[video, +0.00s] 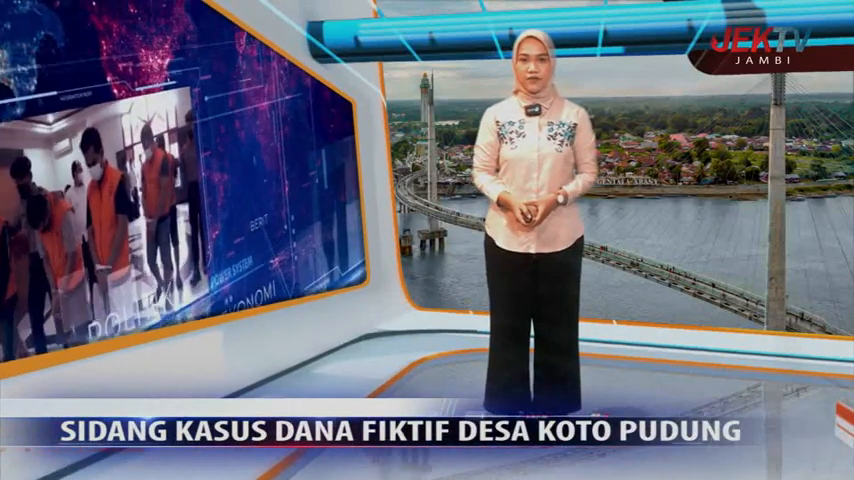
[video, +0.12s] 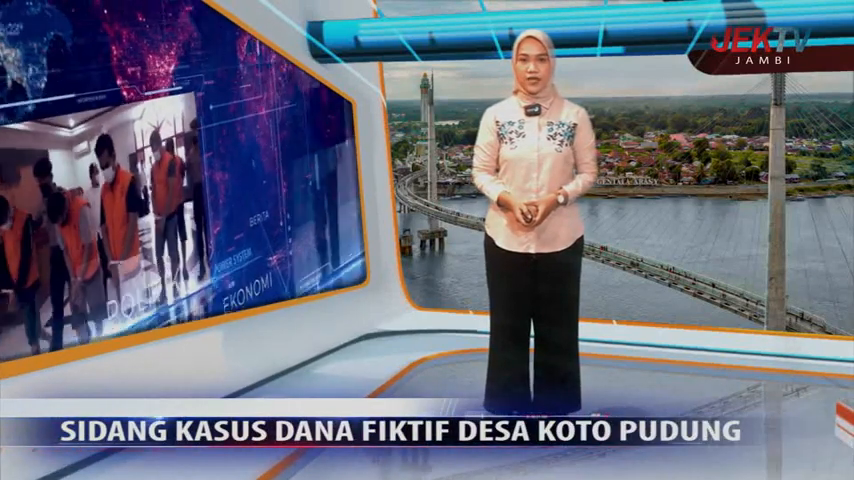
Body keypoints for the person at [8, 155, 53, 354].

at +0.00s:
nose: (19, 183)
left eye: (22, 177)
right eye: (16, 178)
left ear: (30, 174)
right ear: (13, 178)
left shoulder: (43, 196)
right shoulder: (17, 200)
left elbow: (45, 223)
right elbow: (16, 226)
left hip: (50, 253)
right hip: (33, 256)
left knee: (59, 300)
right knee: (35, 306)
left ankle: (66, 340)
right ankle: (40, 349)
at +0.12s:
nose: (5, 223)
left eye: (5, 219)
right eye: (3, 220)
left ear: (9, 211)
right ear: (1, 215)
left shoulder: (25, 221)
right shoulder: (2, 225)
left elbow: (28, 253)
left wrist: (20, 281)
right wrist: (9, 282)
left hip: (27, 277)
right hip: (12, 278)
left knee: (29, 309)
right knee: (27, 308)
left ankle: (34, 343)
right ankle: (33, 341)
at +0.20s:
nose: (19, 218)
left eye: (20, 214)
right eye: (15, 215)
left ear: (25, 203)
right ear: (10, 210)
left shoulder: (40, 215)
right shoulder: (18, 219)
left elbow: (45, 247)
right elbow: (19, 249)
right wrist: (23, 273)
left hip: (43, 274)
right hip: (30, 275)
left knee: (47, 318)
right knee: (40, 317)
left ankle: (51, 349)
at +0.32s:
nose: (35, 208)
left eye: (36, 204)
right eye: (32, 205)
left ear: (42, 195)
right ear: (28, 201)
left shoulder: (56, 205)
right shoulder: (36, 211)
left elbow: (57, 236)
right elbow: (33, 240)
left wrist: (47, 262)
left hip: (60, 261)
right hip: (46, 264)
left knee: (66, 302)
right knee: (50, 309)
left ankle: (69, 332)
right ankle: (67, 317)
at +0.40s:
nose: (46, 202)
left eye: (47, 198)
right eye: (43, 199)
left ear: (53, 190)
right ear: (39, 195)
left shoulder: (66, 201)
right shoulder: (46, 206)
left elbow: (68, 231)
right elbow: (44, 233)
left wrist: (57, 255)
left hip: (70, 255)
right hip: (56, 258)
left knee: (77, 291)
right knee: (57, 299)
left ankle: (83, 319)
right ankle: (69, 325)